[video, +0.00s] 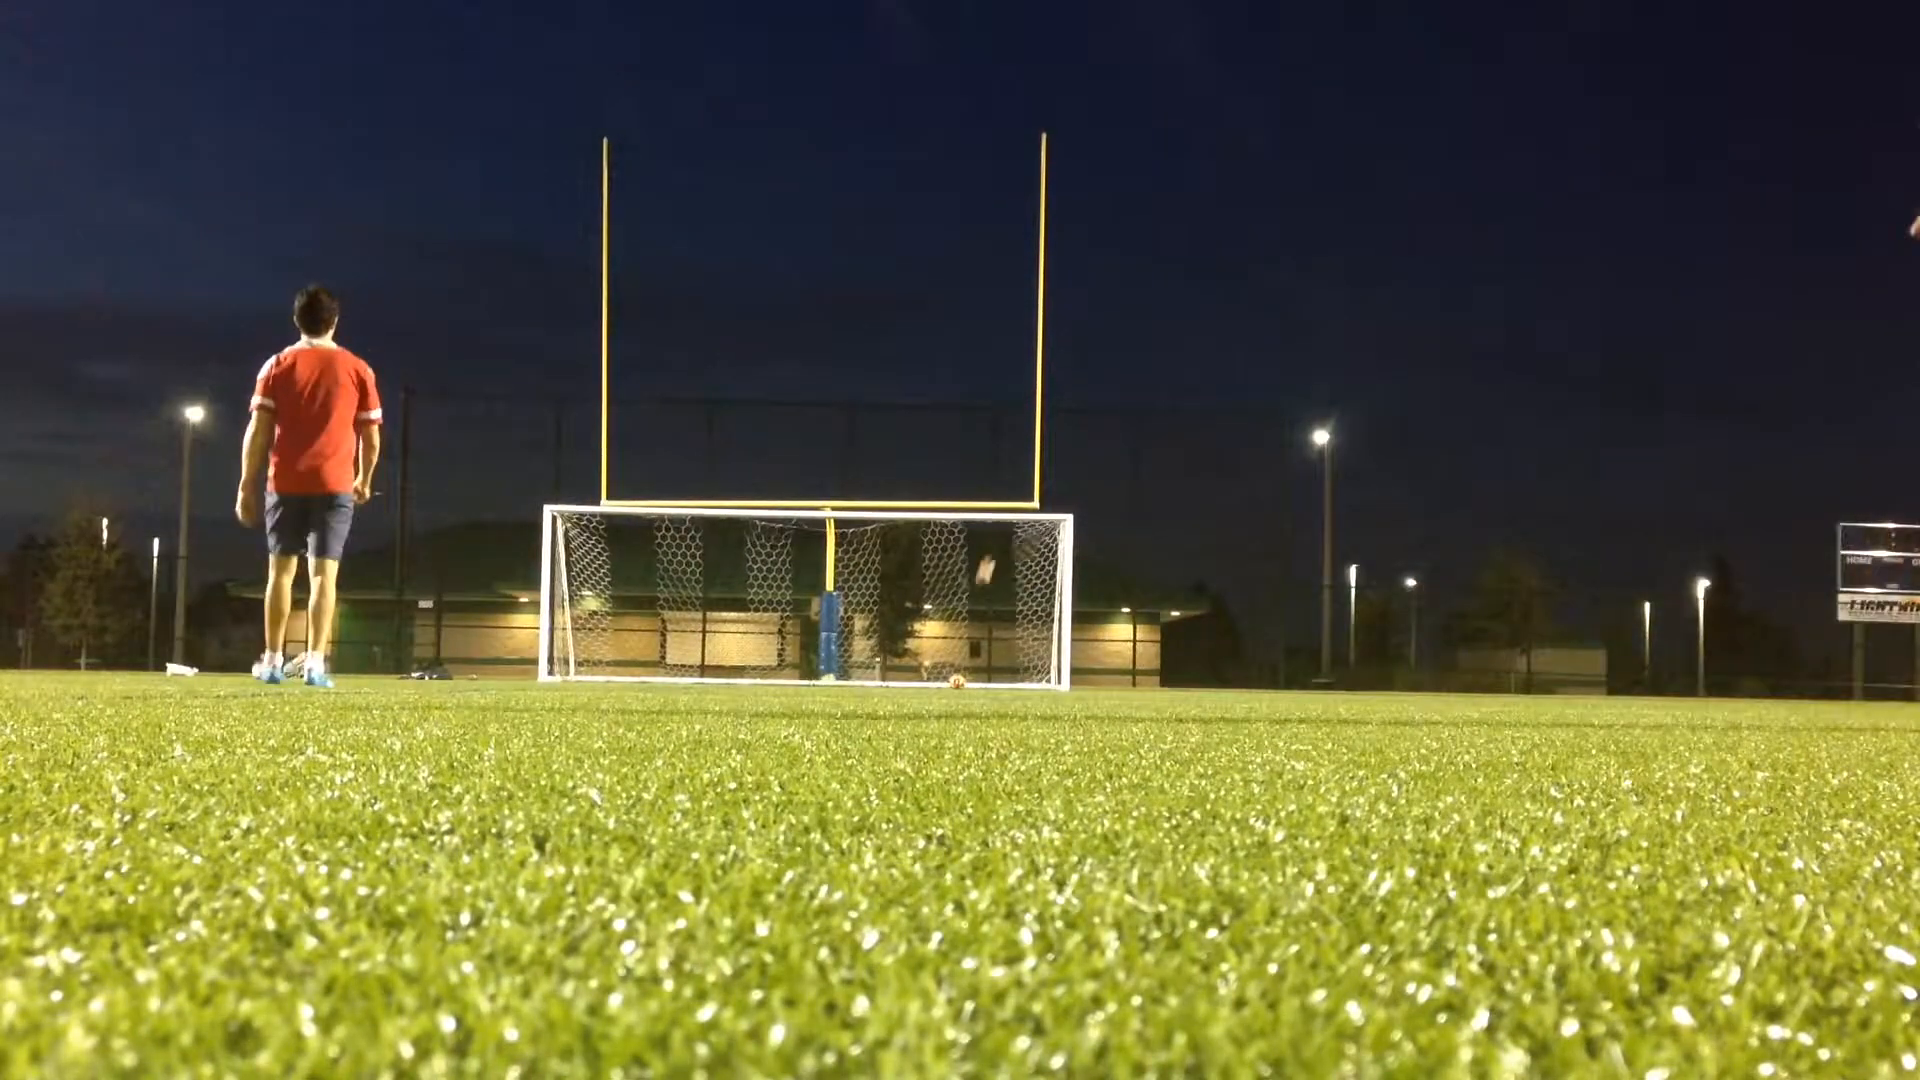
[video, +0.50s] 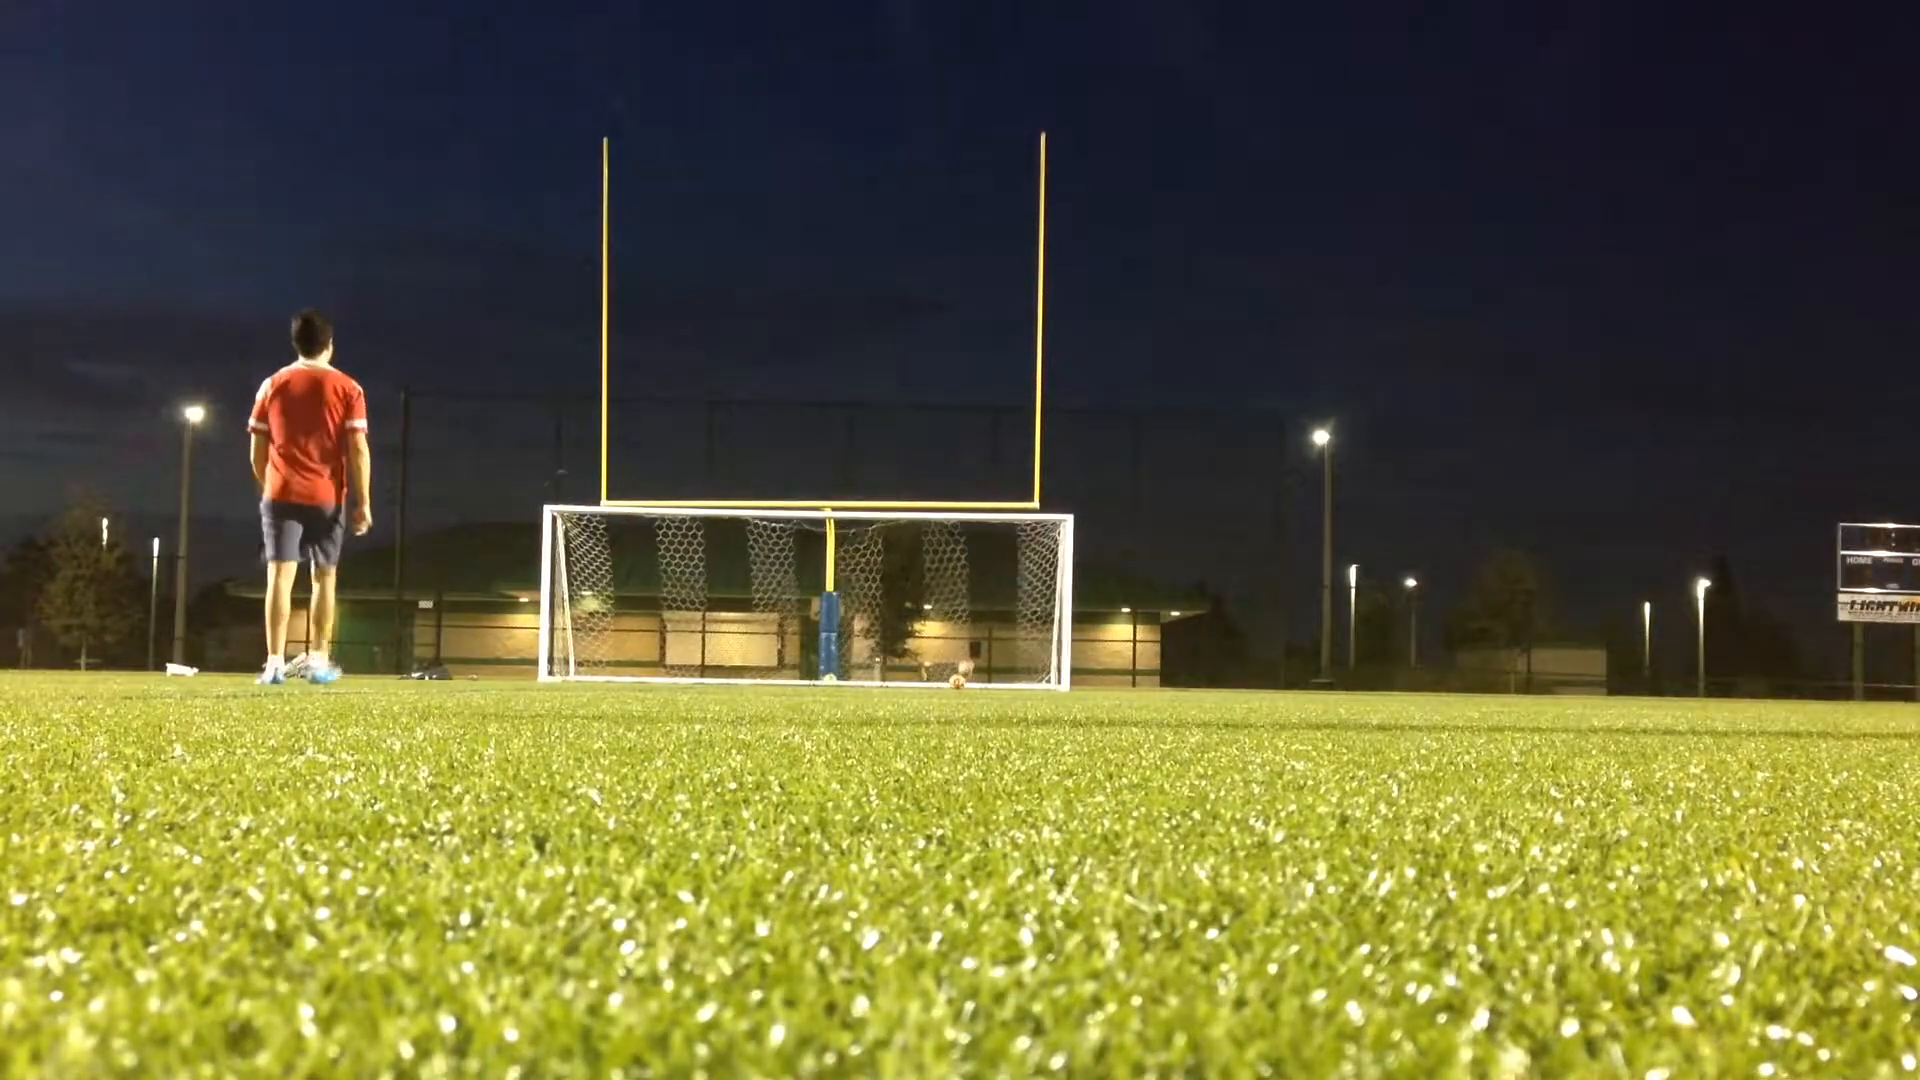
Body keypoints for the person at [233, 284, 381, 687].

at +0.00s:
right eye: (331, 318)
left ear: (296, 322)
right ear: (334, 323)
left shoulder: (276, 365)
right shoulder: (358, 369)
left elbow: (258, 430)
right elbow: (371, 438)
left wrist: (246, 487)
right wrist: (365, 478)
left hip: (285, 482)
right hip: (336, 482)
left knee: (280, 572)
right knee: (324, 576)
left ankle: (272, 659)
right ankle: (315, 662)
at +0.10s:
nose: (324, 333)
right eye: (328, 327)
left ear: (292, 331)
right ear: (330, 332)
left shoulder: (275, 374)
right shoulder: (354, 377)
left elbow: (257, 438)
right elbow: (368, 445)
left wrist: (243, 496)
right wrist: (360, 483)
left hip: (285, 489)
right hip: (334, 488)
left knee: (280, 578)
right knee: (323, 576)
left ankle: (272, 662)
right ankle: (315, 661)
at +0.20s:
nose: (321, 338)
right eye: (324, 332)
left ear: (288, 337)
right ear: (325, 337)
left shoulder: (272, 381)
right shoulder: (350, 382)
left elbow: (255, 445)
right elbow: (363, 451)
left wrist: (243, 500)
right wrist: (356, 490)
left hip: (281, 491)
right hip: (329, 491)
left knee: (278, 579)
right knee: (321, 577)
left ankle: (273, 666)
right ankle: (316, 650)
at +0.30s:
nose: (320, 339)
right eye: (322, 334)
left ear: (286, 338)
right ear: (322, 338)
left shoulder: (269, 381)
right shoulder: (346, 382)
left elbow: (254, 448)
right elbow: (358, 446)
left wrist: (247, 503)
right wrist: (357, 494)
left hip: (278, 492)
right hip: (325, 493)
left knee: (277, 577)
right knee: (321, 576)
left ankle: (274, 664)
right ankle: (312, 626)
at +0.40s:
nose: (324, 338)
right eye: (325, 333)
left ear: (288, 336)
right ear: (325, 336)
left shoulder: (269, 379)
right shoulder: (346, 380)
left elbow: (255, 445)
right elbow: (357, 442)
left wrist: (253, 497)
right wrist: (360, 493)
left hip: (277, 490)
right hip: (325, 492)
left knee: (277, 578)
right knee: (323, 570)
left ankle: (273, 664)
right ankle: (310, 637)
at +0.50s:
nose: (329, 347)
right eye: (329, 341)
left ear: (294, 344)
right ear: (329, 344)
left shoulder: (272, 384)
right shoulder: (348, 388)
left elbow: (257, 453)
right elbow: (358, 449)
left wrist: (270, 487)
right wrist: (362, 502)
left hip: (280, 492)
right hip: (326, 495)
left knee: (279, 575)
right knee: (324, 578)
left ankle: (274, 663)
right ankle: (318, 661)